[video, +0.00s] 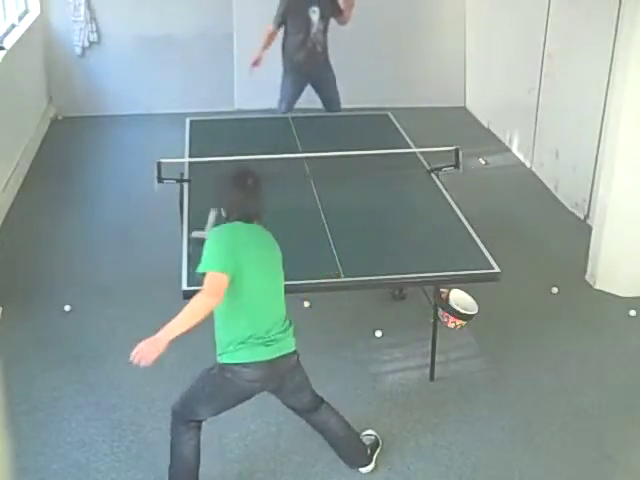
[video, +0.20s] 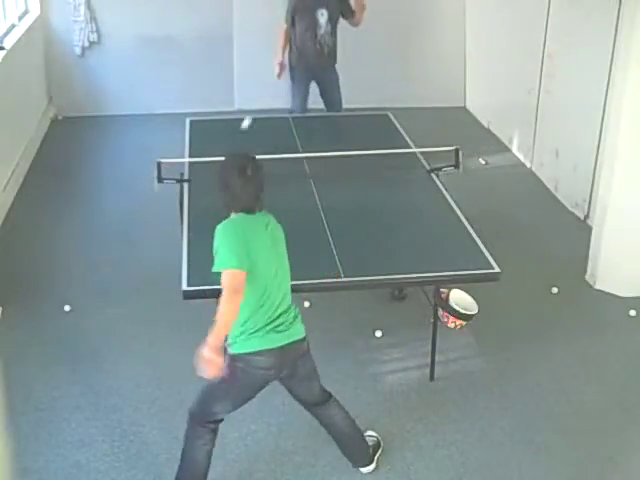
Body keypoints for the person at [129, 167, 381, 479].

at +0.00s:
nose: (218, 201)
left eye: (221, 194)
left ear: (225, 201)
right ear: (255, 202)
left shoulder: (221, 237)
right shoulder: (268, 239)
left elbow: (212, 294)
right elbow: (268, 291)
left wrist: (160, 339)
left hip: (243, 367)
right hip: (284, 360)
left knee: (185, 414)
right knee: (314, 408)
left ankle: (181, 474)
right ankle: (362, 456)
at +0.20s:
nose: (225, 192)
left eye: (225, 185)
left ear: (224, 189)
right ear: (259, 187)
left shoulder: (229, 230)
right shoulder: (272, 225)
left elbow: (233, 291)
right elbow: (275, 282)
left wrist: (213, 343)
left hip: (254, 355)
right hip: (293, 344)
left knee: (203, 418)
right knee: (321, 401)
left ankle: (188, 475)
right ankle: (365, 457)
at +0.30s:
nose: (223, 189)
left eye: (223, 181)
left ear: (224, 187)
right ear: (260, 184)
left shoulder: (231, 232)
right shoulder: (277, 223)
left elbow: (237, 295)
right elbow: (283, 276)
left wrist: (226, 355)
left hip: (259, 354)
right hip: (299, 343)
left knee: (210, 420)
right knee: (325, 398)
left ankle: (190, 475)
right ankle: (366, 455)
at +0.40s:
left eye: (221, 186)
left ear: (221, 192)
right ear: (258, 188)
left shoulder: (226, 241)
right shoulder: (277, 227)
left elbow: (227, 310)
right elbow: (291, 249)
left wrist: (208, 370)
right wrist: (302, 249)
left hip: (262, 359)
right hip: (304, 345)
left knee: (208, 416)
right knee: (324, 390)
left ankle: (187, 475)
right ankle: (365, 449)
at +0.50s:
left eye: (217, 195)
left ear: (216, 201)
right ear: (251, 198)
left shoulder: (213, 251)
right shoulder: (278, 236)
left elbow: (202, 321)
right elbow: (304, 286)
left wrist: (167, 376)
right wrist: (313, 267)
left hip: (255, 365)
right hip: (300, 353)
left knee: (200, 409)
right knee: (323, 391)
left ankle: (184, 475)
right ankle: (365, 448)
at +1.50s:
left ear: (225, 207)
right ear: (264, 204)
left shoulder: (211, 266)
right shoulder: (295, 245)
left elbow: (202, 345)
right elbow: (340, 293)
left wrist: (184, 412)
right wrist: (310, 323)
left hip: (234, 399)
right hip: (292, 395)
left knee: (196, 461)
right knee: (318, 449)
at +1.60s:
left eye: (216, 216)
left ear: (212, 223)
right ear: (251, 222)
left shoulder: (191, 282)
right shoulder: (284, 267)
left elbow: (167, 356)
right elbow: (320, 322)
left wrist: (141, 421)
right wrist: (293, 351)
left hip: (219, 414)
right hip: (280, 407)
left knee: (183, 473)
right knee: (312, 452)